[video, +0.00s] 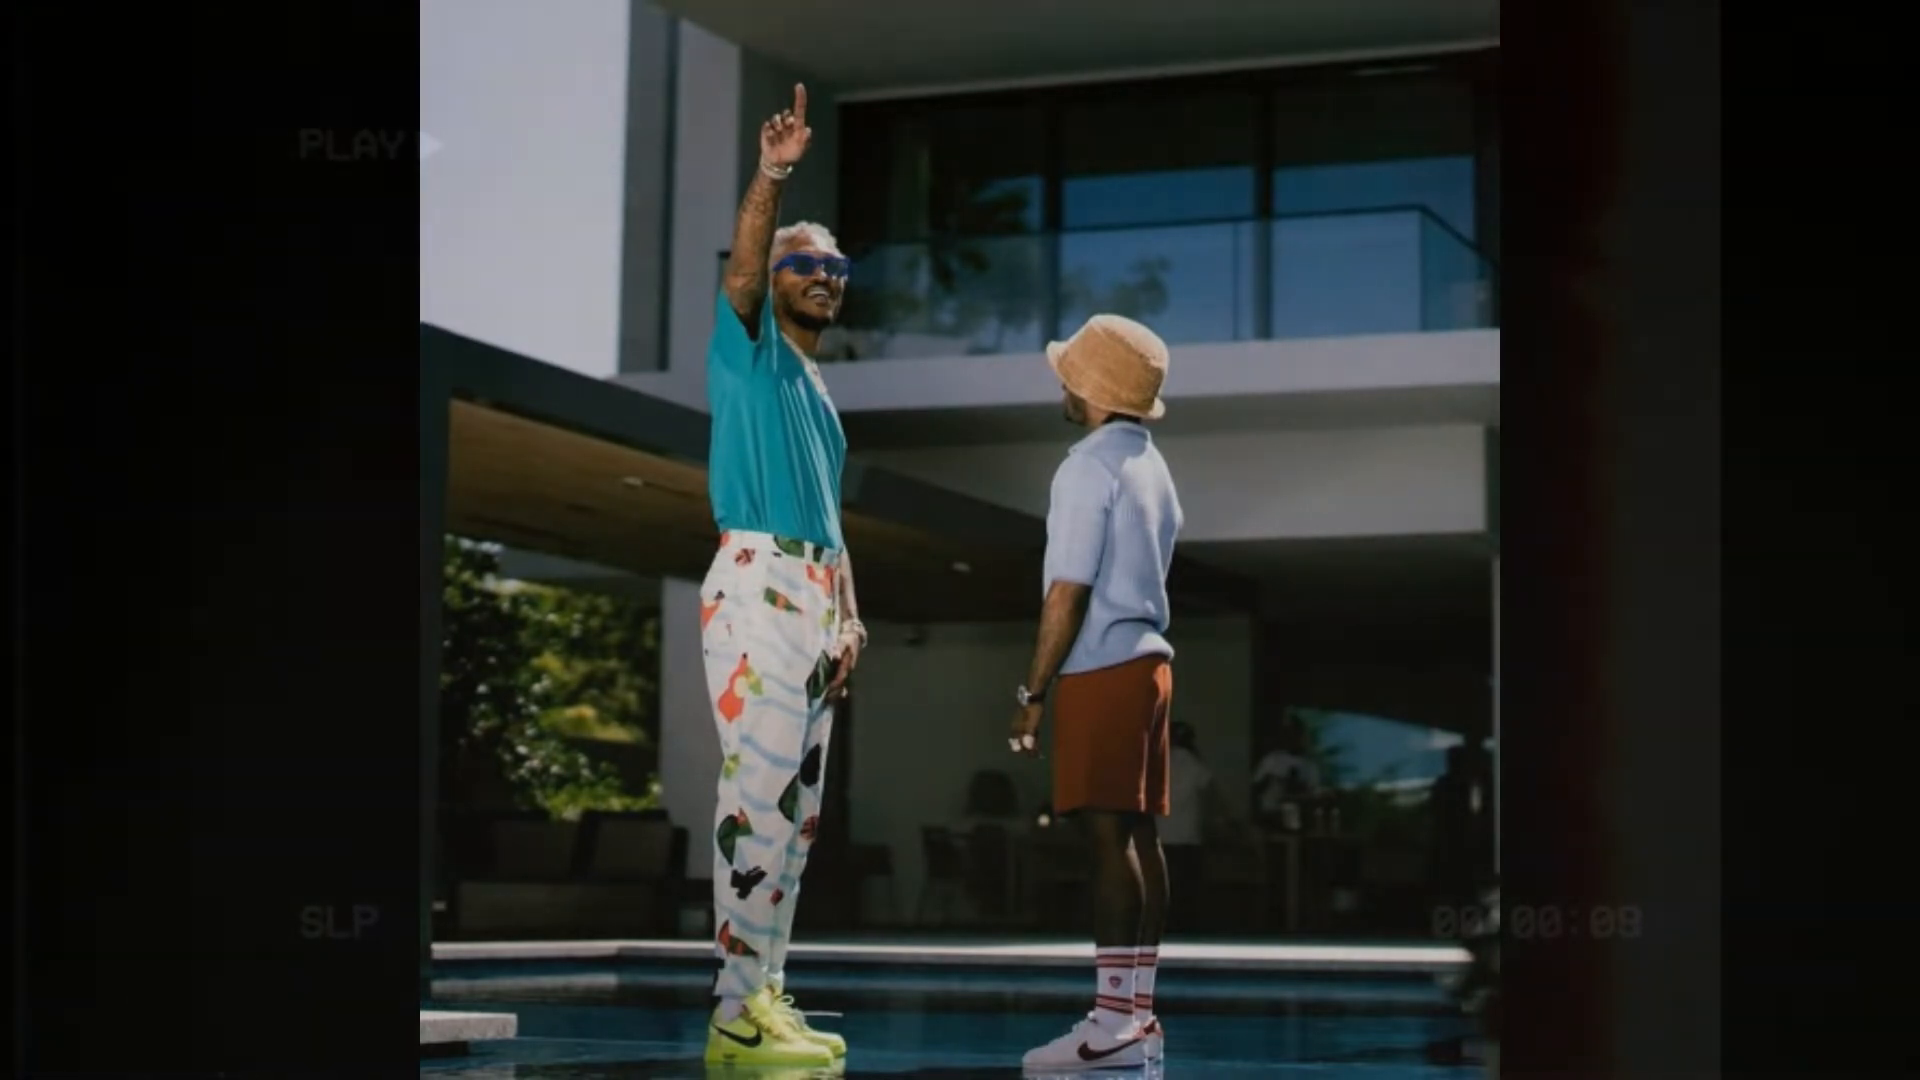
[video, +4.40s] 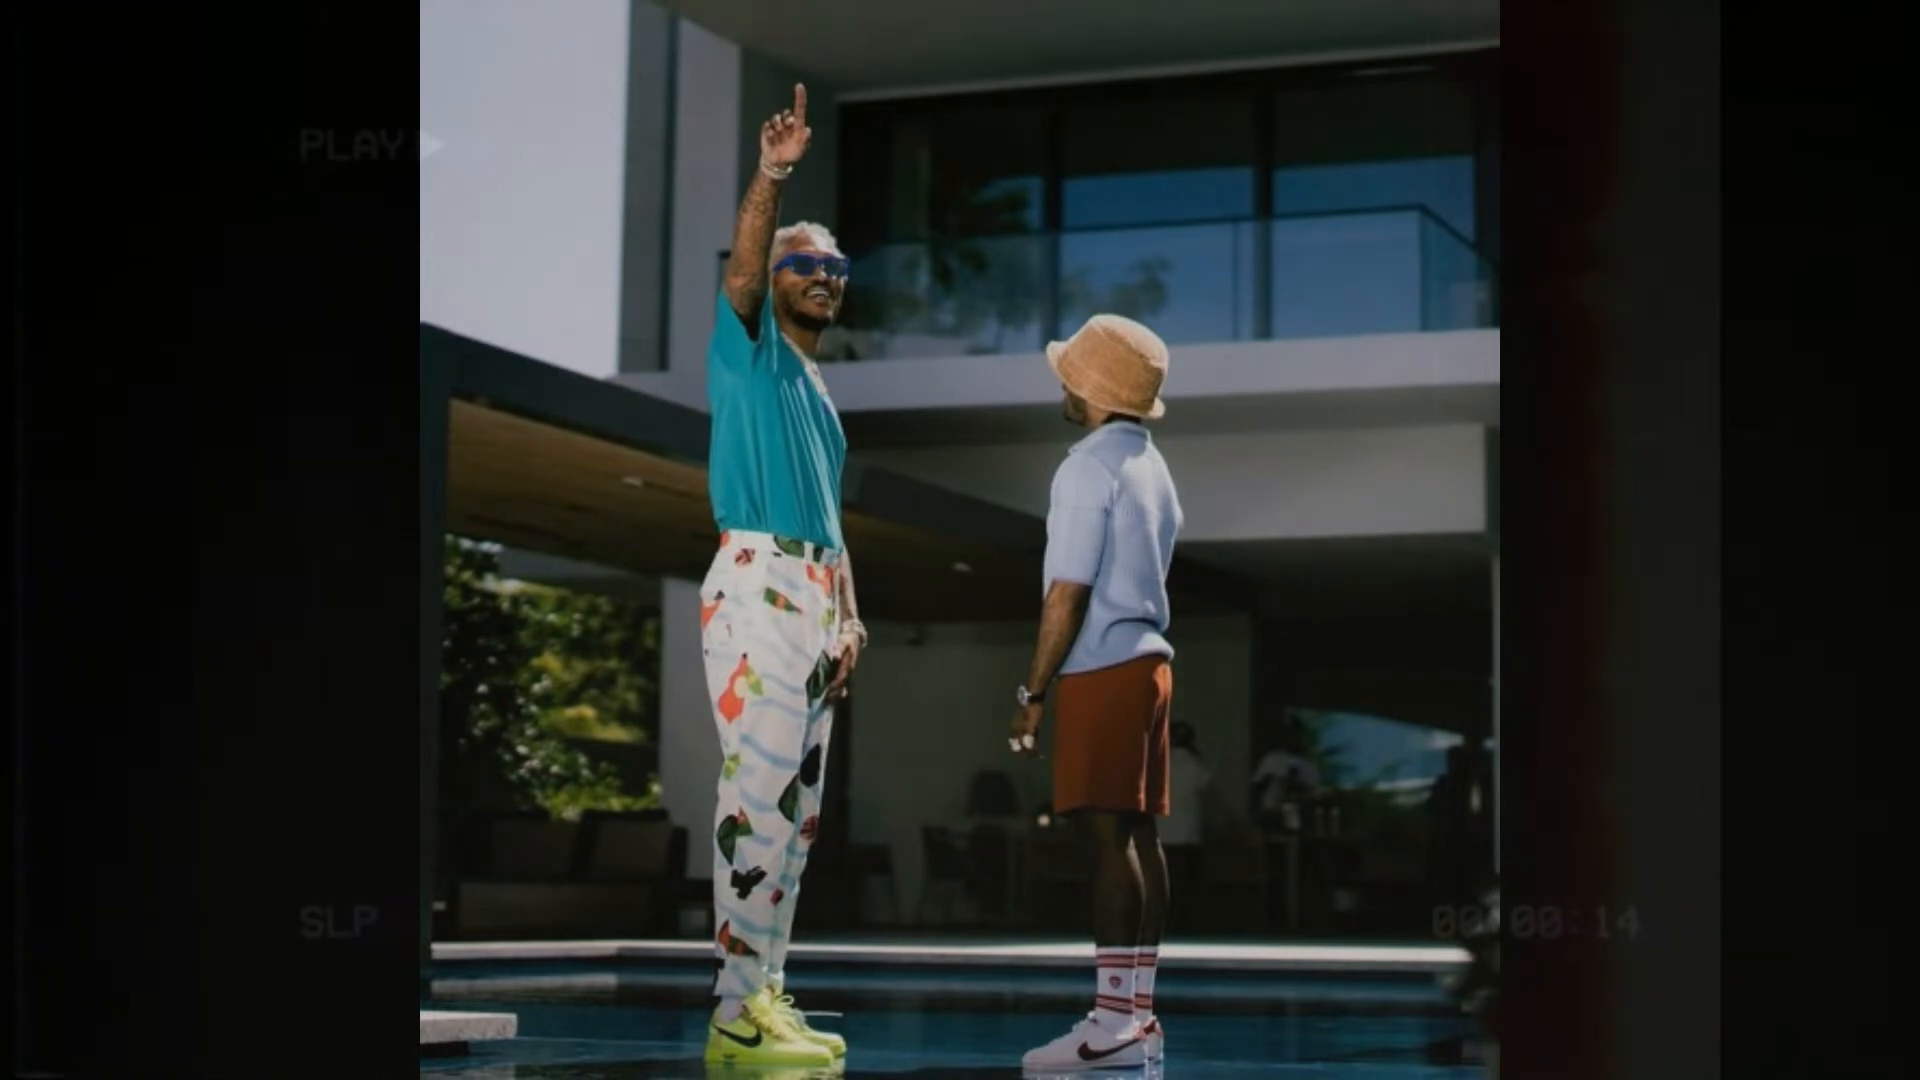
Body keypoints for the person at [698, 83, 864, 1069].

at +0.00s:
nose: (823, 283)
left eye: (834, 274)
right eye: (806, 268)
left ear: (841, 293)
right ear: (770, 278)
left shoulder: (818, 394)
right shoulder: (744, 343)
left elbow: (828, 520)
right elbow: (744, 268)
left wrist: (847, 612)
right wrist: (769, 174)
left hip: (814, 589)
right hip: (756, 581)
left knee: (794, 798)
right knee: (759, 791)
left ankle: (756, 1003)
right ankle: (746, 1003)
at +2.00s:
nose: (823, 282)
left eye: (834, 273)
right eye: (806, 268)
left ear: (841, 293)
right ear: (770, 278)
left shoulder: (818, 395)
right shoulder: (744, 343)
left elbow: (827, 520)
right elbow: (743, 268)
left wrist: (847, 613)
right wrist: (770, 173)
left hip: (814, 590)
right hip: (756, 582)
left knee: (794, 798)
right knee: (758, 791)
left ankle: (757, 1002)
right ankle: (746, 1003)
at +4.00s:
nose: (823, 283)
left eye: (834, 274)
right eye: (806, 268)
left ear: (841, 293)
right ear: (770, 278)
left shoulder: (817, 393)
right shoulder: (744, 343)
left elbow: (827, 519)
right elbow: (743, 268)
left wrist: (846, 612)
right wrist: (770, 174)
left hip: (814, 590)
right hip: (756, 582)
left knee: (793, 799)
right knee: (759, 791)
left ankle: (754, 1007)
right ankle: (748, 1004)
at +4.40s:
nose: (822, 281)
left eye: (833, 272)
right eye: (805, 267)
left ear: (841, 292)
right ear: (769, 278)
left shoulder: (817, 392)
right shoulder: (744, 343)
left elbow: (827, 519)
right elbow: (744, 268)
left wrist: (847, 612)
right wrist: (770, 173)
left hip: (814, 589)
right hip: (756, 581)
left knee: (794, 797)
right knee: (759, 790)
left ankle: (757, 1002)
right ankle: (747, 1003)